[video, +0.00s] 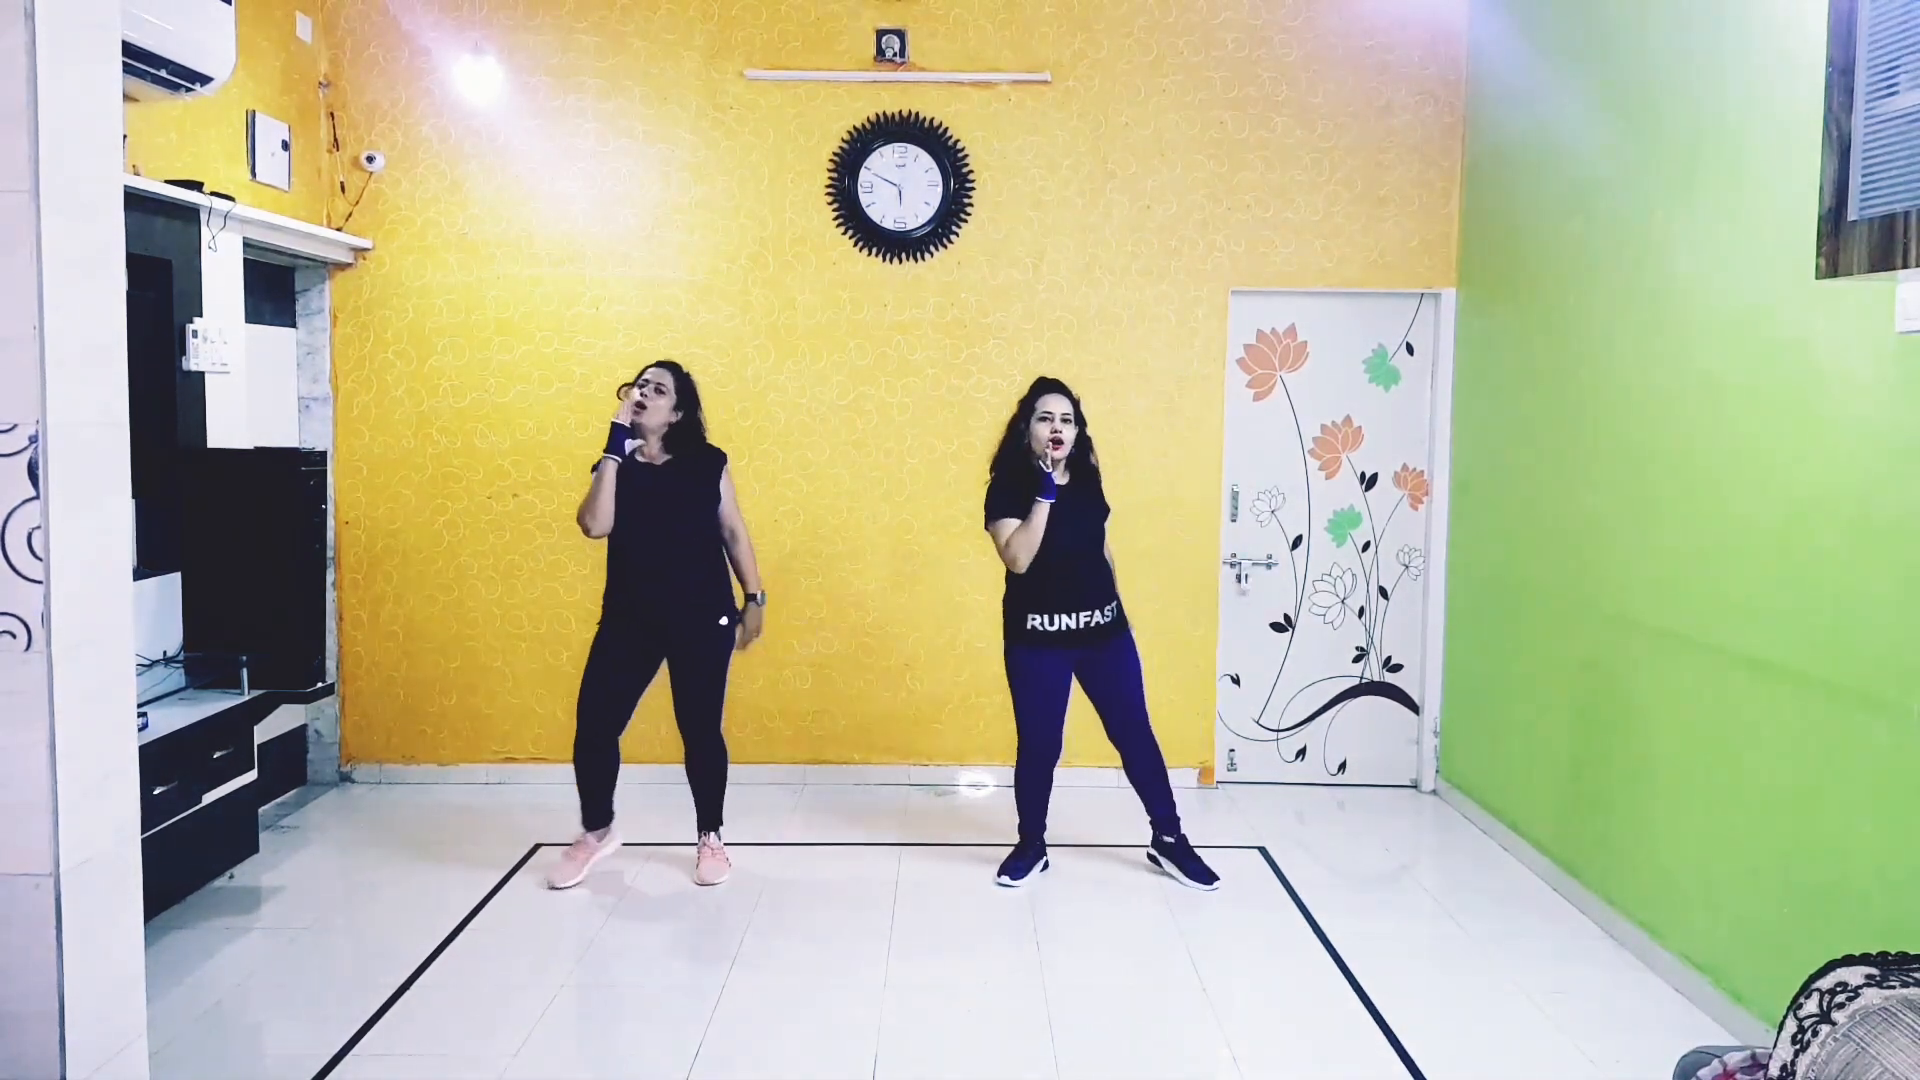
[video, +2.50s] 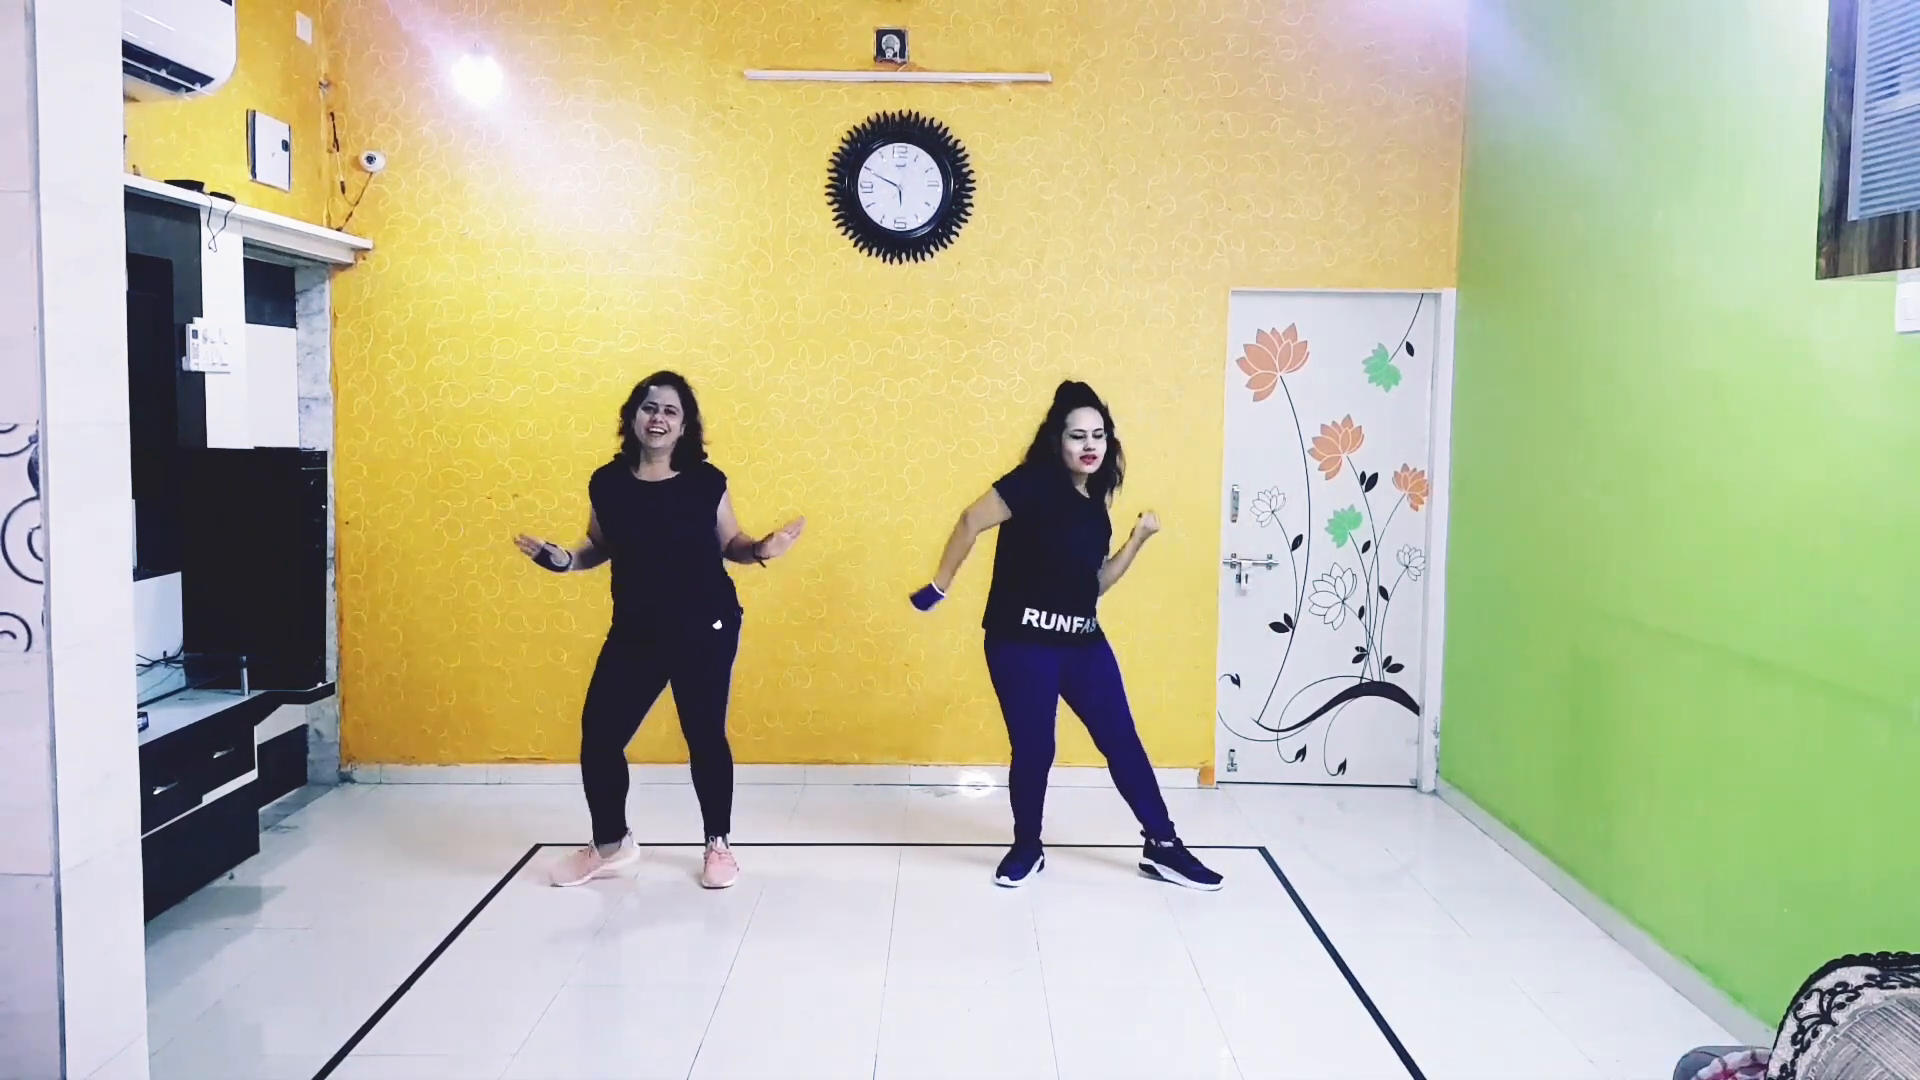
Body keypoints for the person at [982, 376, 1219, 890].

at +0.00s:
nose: (1057, 429)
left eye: (1066, 420)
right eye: (1045, 419)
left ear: (1077, 427)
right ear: (1025, 425)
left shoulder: (1087, 475)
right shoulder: (1008, 483)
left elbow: (1101, 547)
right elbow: (1016, 559)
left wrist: (1114, 610)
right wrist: (1048, 489)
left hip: (1101, 627)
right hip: (1036, 633)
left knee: (1135, 734)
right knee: (1038, 746)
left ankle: (1169, 836)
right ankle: (1030, 843)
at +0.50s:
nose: (1089, 432)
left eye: (1100, 422)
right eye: (1078, 423)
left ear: (1117, 430)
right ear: (1064, 432)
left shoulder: (1126, 501)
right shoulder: (1043, 473)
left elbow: (1134, 584)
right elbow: (1007, 528)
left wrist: (1150, 656)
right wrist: (1062, 483)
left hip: (1093, 636)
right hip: (1023, 630)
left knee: (1129, 741)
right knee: (1028, 741)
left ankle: (1166, 839)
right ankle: (1030, 843)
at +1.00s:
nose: (1138, 437)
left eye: (1149, 426)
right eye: (1128, 429)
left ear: (1172, 433)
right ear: (1118, 439)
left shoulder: (1194, 505)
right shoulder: (1110, 488)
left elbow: (1207, 587)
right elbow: (1071, 544)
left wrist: (1218, 662)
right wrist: (1109, 489)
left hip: (1159, 648)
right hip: (1089, 637)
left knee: (1171, 753)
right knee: (1062, 743)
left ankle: (1191, 843)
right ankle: (1032, 842)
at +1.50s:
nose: (1151, 435)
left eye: (1161, 425)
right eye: (1140, 426)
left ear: (1181, 432)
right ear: (1129, 437)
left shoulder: (1211, 485)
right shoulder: (1125, 491)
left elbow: (1252, 560)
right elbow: (1101, 568)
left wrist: (1279, 627)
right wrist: (1132, 517)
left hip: (1206, 642)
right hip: (1134, 638)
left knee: (1202, 754)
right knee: (1090, 742)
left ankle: (1194, 844)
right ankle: (1043, 839)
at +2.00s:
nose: (1109, 440)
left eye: (1116, 433)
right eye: (1099, 428)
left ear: (1120, 442)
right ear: (1071, 430)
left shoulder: (1116, 495)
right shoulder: (1040, 498)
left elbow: (1171, 534)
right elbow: (1021, 574)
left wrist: (1206, 473)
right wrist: (1042, 639)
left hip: (1141, 639)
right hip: (1074, 645)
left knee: (1171, 741)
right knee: (1057, 755)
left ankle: (1192, 841)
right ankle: (1028, 844)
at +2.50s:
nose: (1090, 446)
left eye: (1099, 435)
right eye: (1078, 435)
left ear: (1109, 442)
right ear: (1056, 440)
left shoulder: (1096, 505)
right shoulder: (1030, 484)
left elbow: (1101, 580)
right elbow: (969, 524)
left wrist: (1136, 540)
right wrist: (940, 586)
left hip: (1081, 641)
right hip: (1021, 640)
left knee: (1122, 743)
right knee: (1033, 751)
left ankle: (1162, 842)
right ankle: (1027, 844)